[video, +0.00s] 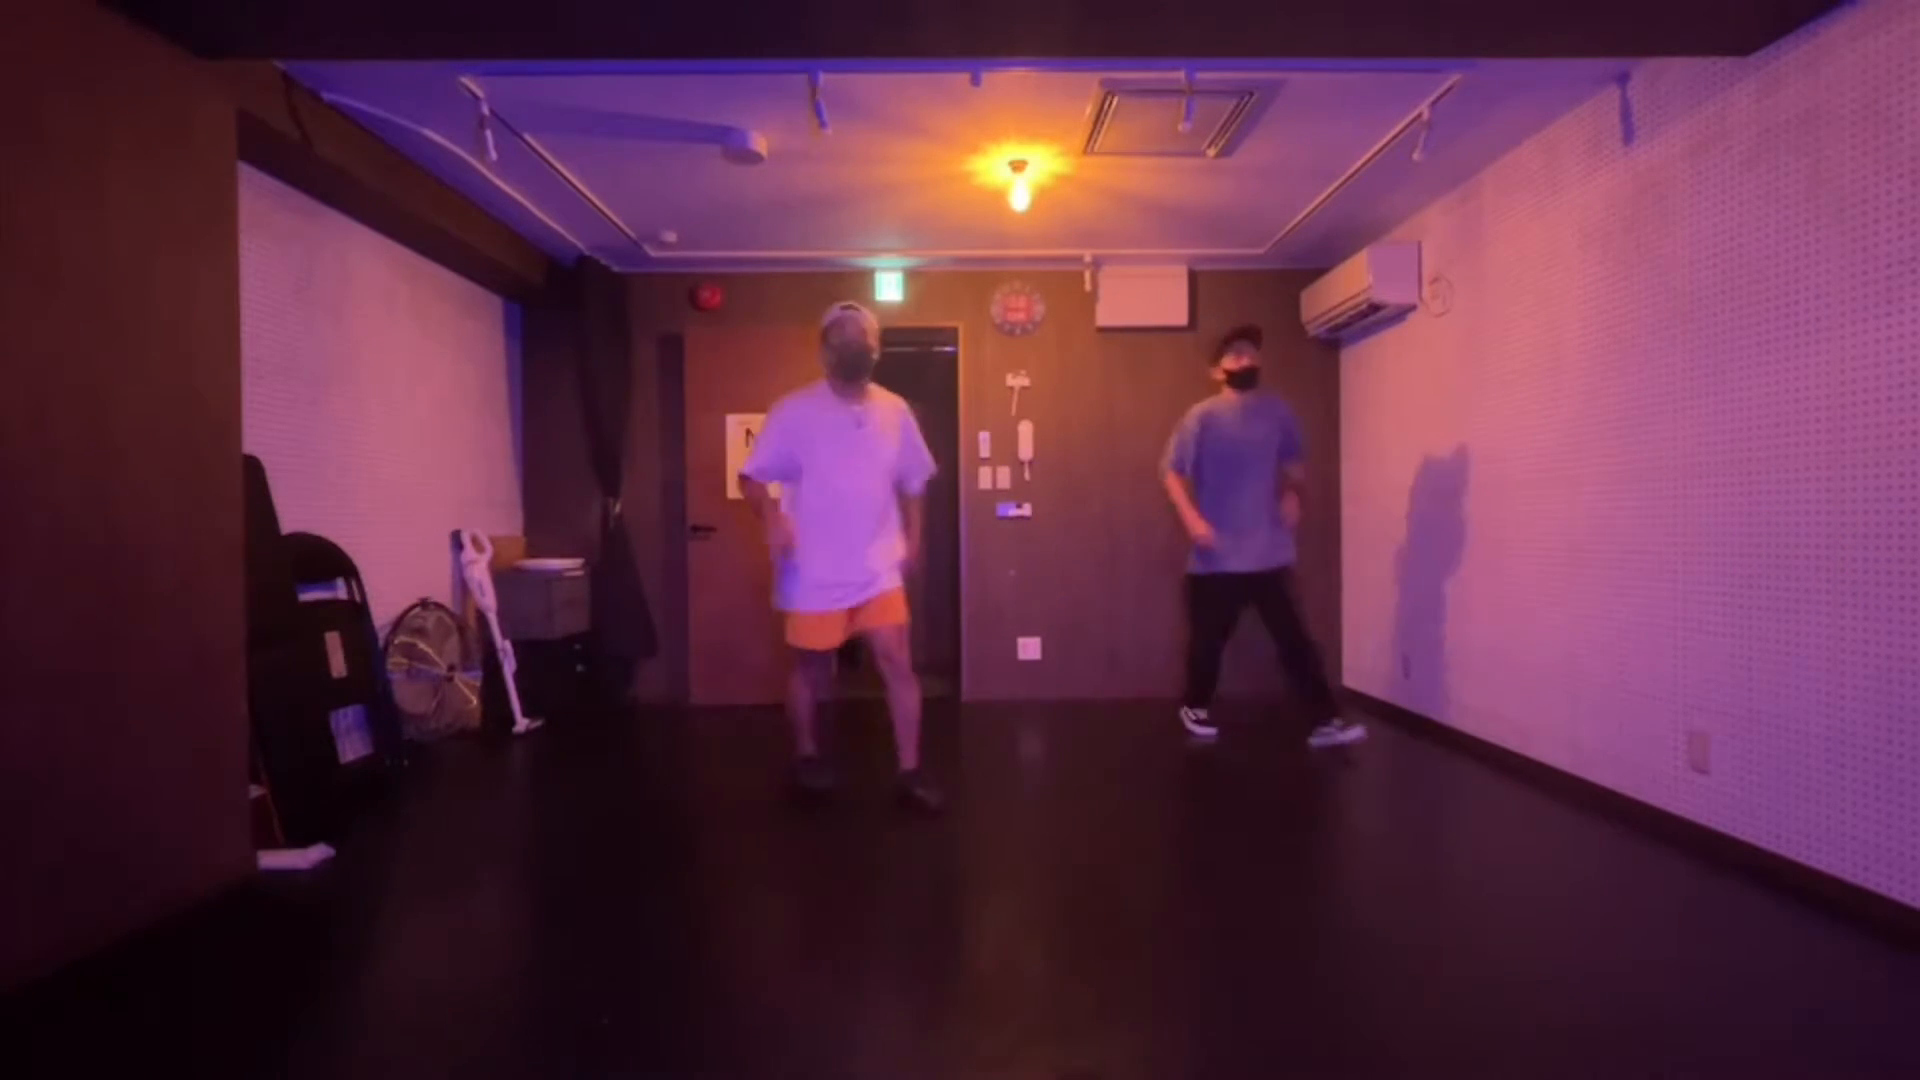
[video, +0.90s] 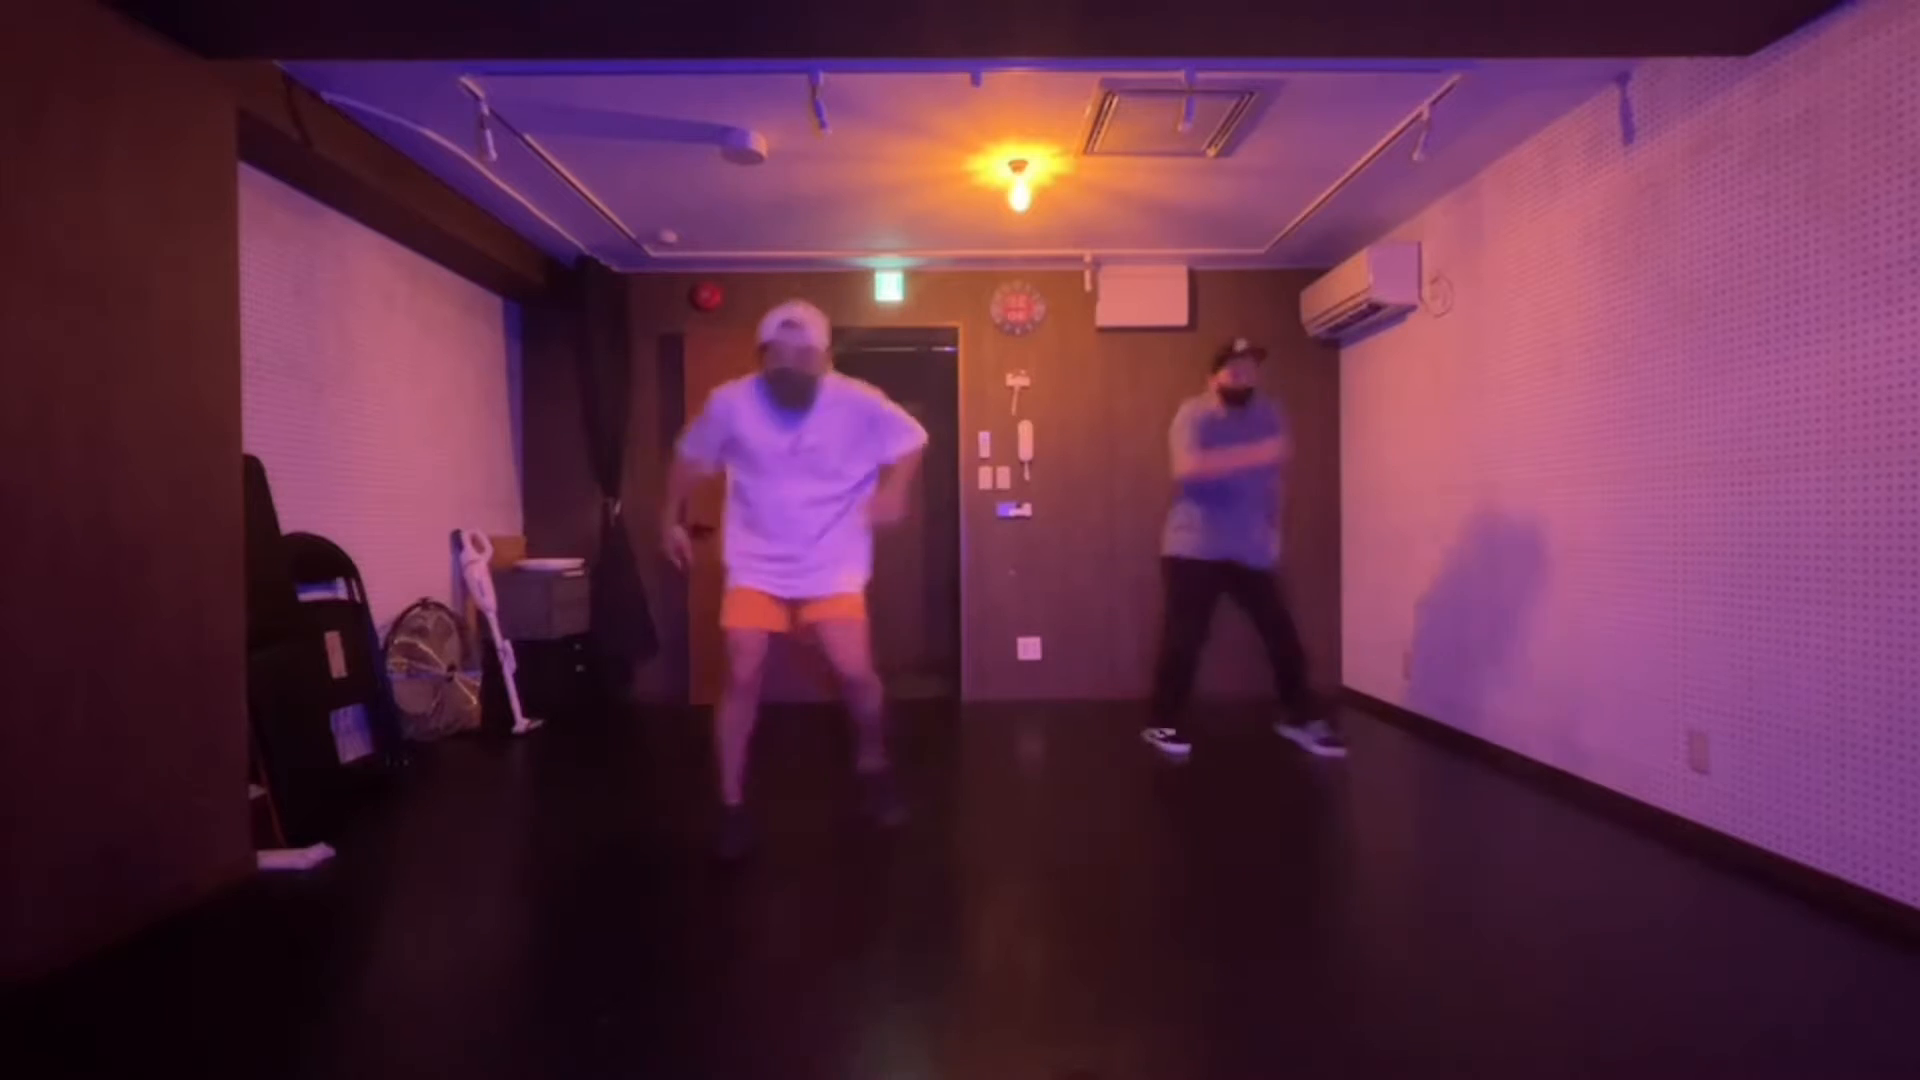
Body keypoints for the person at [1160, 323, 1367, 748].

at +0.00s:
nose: (1242, 361)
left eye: (1249, 353)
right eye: (1234, 353)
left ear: (1261, 362)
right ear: (1218, 365)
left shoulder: (1276, 411)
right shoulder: (1202, 416)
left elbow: (1293, 464)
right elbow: (1172, 472)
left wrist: (1291, 500)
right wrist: (1193, 520)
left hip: (1268, 552)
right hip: (1217, 554)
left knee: (1295, 642)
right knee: (1207, 643)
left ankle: (1325, 719)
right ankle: (1195, 710)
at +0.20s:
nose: (1280, 380)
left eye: (1287, 372)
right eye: (1270, 371)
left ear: (1297, 377)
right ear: (1252, 378)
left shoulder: (1308, 424)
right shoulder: (1232, 429)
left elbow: (1318, 488)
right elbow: (1216, 497)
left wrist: (1322, 541)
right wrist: (1225, 555)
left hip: (1302, 559)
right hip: (1253, 563)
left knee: (1322, 647)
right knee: (1250, 643)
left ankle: (1331, 727)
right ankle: (1225, 697)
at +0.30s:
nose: (1300, 385)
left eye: (1307, 377)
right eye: (1290, 377)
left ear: (1318, 385)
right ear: (1273, 387)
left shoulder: (1326, 439)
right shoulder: (1251, 440)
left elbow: (1335, 503)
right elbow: (1230, 508)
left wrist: (1336, 549)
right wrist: (1264, 558)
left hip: (1313, 566)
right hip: (1262, 565)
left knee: (1339, 656)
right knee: (1284, 634)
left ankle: (1331, 729)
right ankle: (1278, 684)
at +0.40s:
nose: (1298, 373)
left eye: (1305, 366)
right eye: (1289, 365)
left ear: (1314, 374)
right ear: (1270, 374)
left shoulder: (1323, 424)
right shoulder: (1248, 426)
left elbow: (1335, 485)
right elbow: (1235, 490)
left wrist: (1334, 525)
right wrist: (1290, 513)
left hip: (1314, 555)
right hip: (1262, 553)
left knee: (1338, 648)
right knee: (1274, 623)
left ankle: (1332, 727)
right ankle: (1282, 680)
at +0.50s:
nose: (1280, 352)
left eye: (1287, 344)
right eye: (1272, 343)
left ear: (1297, 350)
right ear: (1253, 350)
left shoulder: (1307, 395)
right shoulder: (1236, 397)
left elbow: (1326, 451)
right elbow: (1235, 443)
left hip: (1308, 534)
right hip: (1254, 537)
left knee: (1323, 633)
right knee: (1237, 618)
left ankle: (1330, 723)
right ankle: (1238, 698)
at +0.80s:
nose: (1248, 359)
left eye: (1256, 352)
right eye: (1240, 351)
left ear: (1266, 358)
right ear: (1220, 358)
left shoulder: (1273, 396)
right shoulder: (1204, 394)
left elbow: (1286, 453)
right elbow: (1212, 427)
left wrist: (1294, 491)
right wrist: (1287, 410)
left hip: (1264, 545)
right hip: (1211, 546)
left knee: (1295, 641)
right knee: (1201, 642)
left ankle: (1320, 723)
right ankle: (1185, 725)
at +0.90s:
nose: (1242, 376)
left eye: (1249, 368)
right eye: (1233, 368)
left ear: (1258, 372)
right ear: (1216, 372)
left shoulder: (1267, 417)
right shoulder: (1194, 413)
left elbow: (1274, 481)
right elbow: (1185, 466)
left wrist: (1274, 538)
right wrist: (1263, 453)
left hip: (1249, 551)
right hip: (1194, 551)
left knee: (1283, 639)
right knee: (1182, 642)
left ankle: (1299, 717)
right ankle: (1163, 723)